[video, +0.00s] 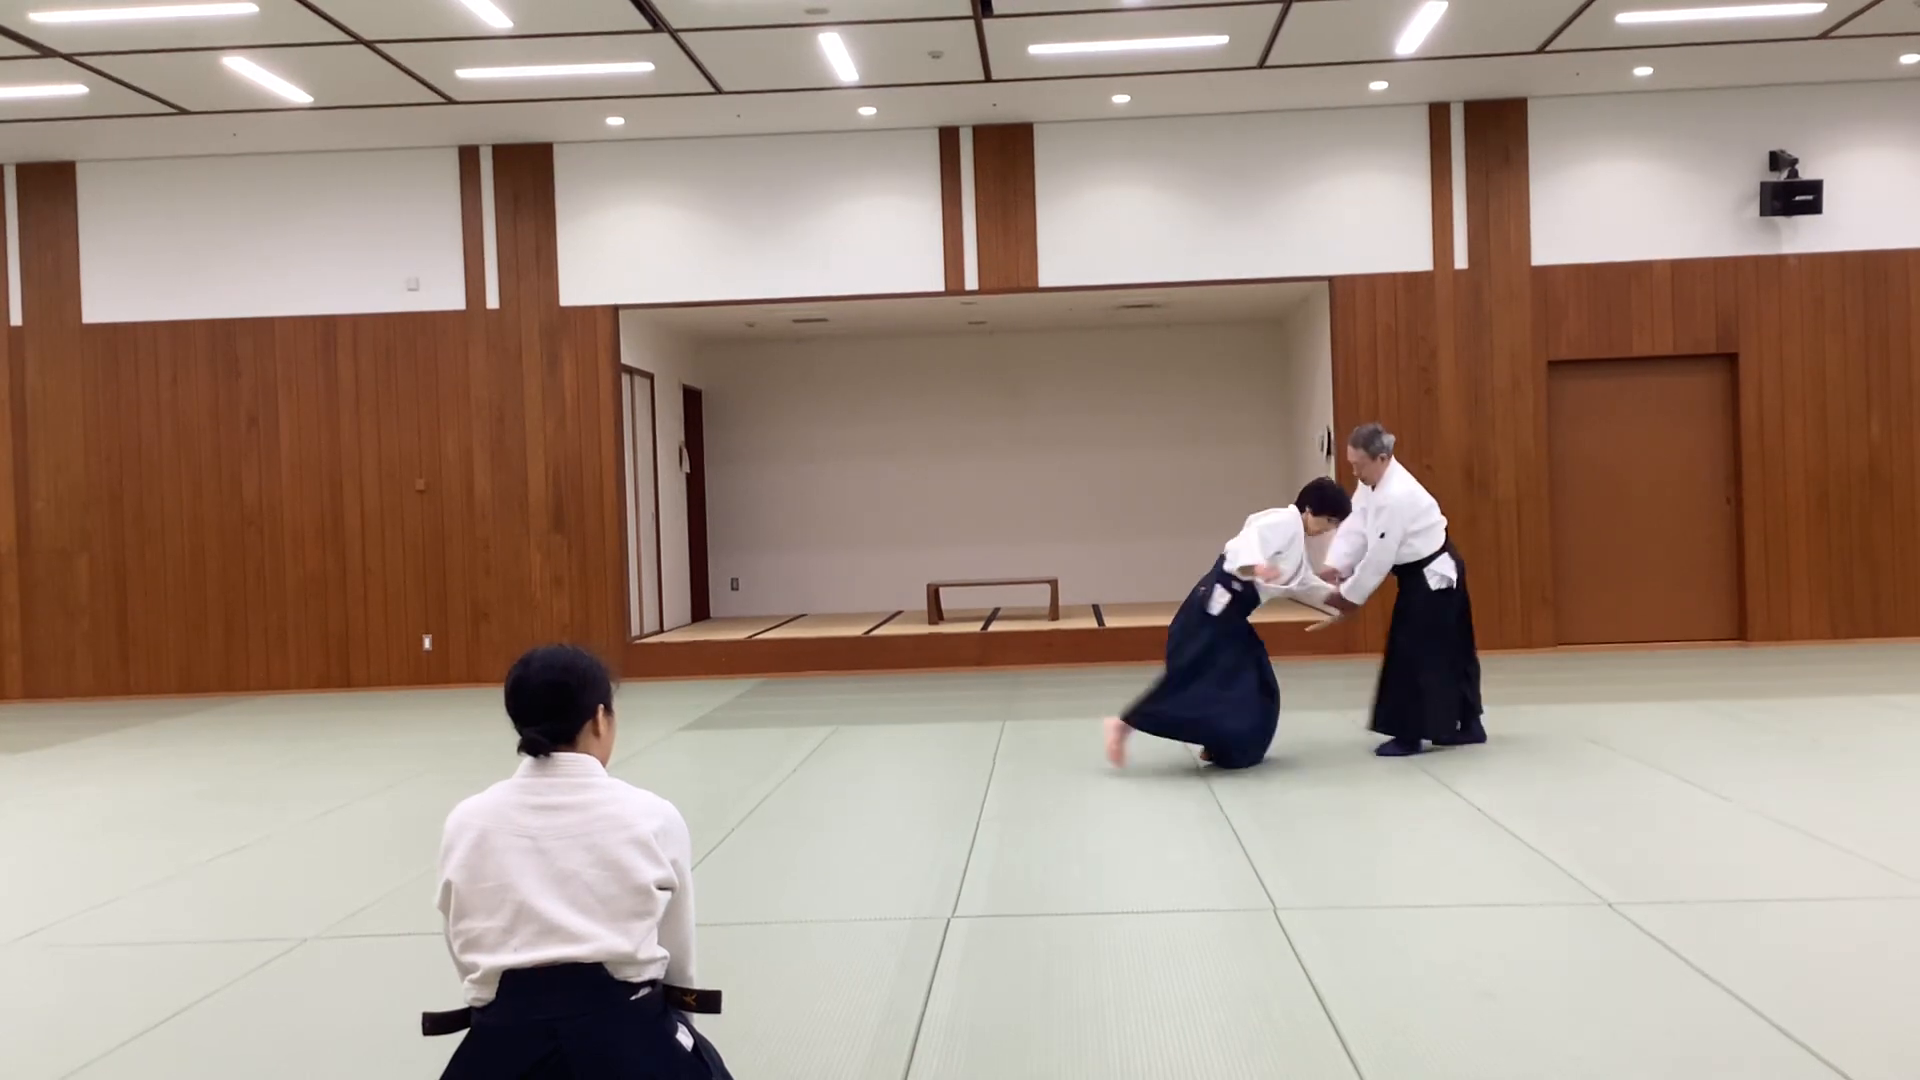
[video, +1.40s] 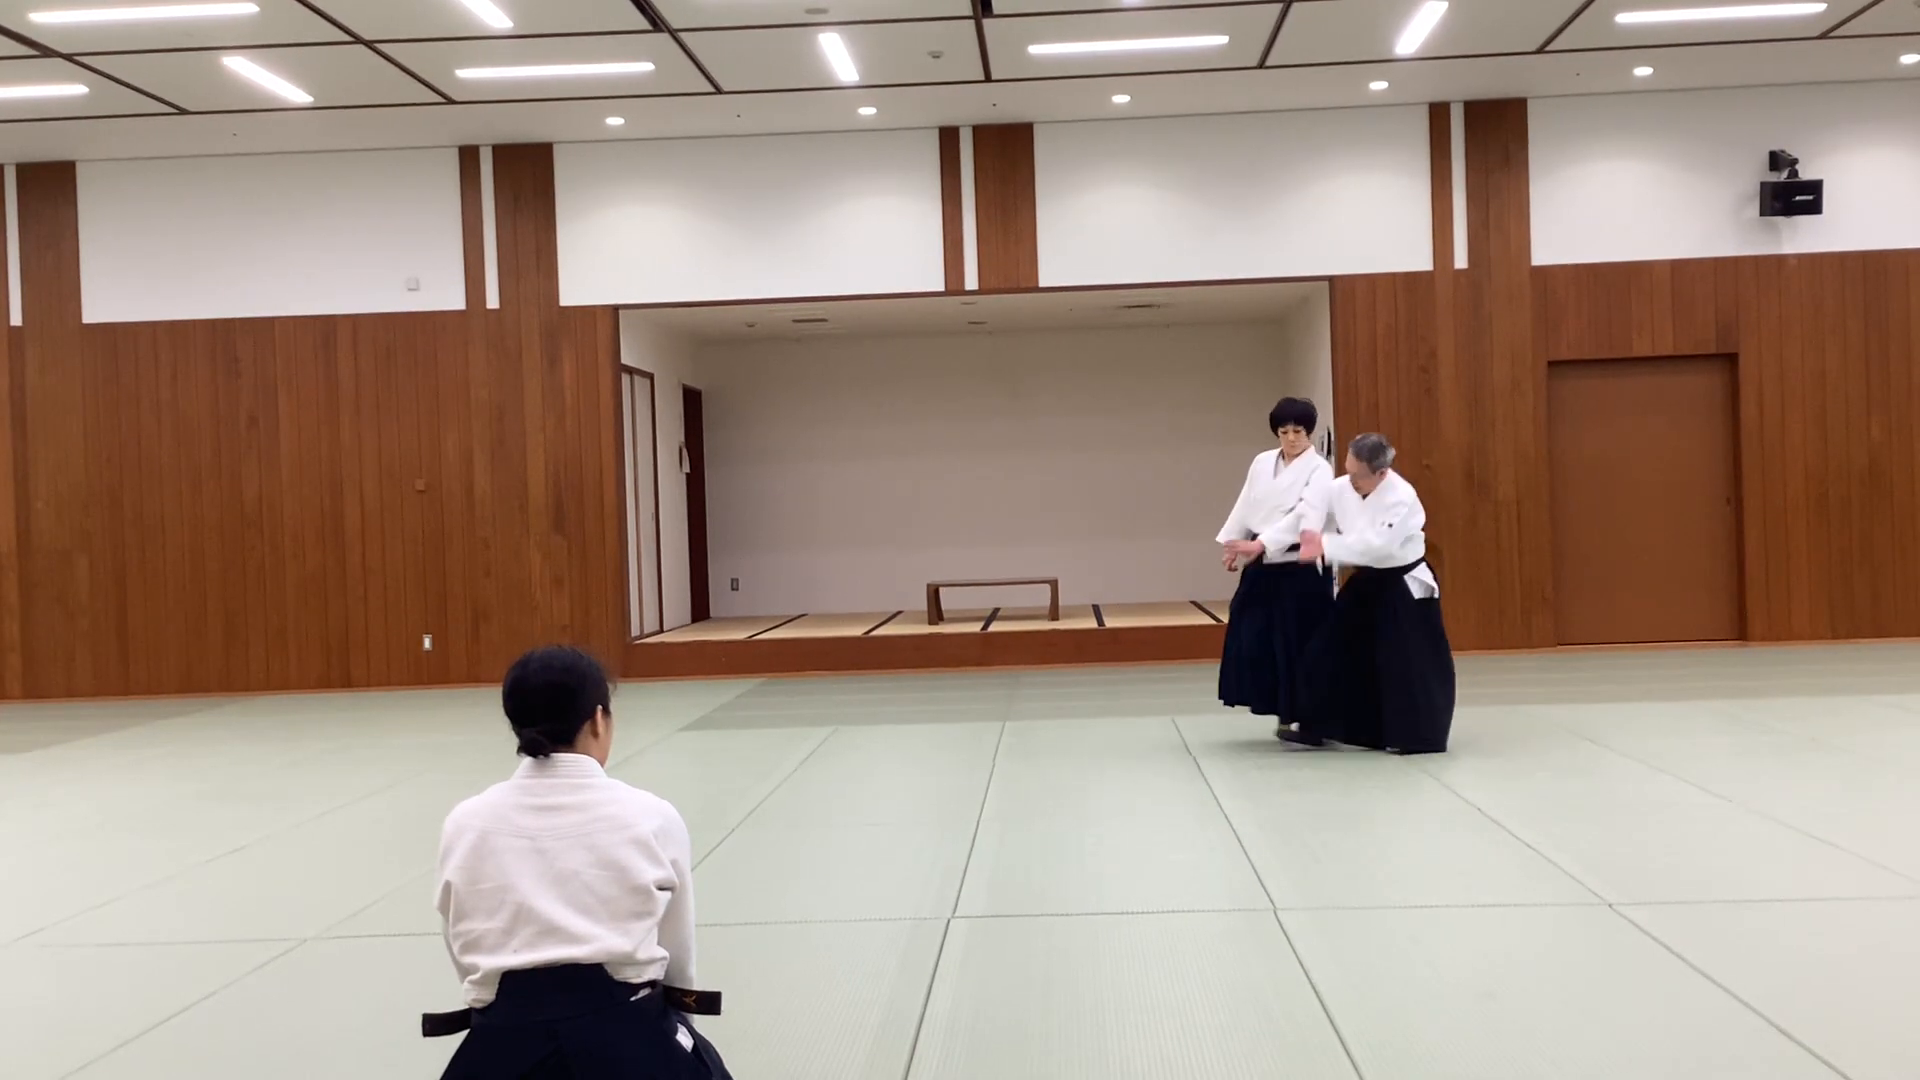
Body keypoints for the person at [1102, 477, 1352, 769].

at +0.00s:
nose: (1330, 530)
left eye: (1334, 525)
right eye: (1331, 523)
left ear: (1313, 512)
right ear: (1314, 512)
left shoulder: (1298, 538)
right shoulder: (1283, 520)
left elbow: (1298, 581)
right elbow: (1244, 542)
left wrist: (1331, 597)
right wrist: (1256, 565)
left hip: (1233, 614)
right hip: (1213, 605)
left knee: (1256, 683)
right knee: (1190, 676)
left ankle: (1219, 746)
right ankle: (1125, 724)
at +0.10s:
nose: (1330, 520)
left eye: (1334, 514)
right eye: (1328, 512)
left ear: (1318, 509)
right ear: (1309, 503)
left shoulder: (1311, 541)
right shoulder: (1275, 513)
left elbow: (1316, 583)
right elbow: (1231, 537)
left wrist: (1347, 602)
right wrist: (1241, 572)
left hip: (1244, 609)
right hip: (1217, 594)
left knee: (1259, 673)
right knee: (1194, 651)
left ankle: (1224, 744)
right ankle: (1134, 694)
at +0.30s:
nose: (1299, 501)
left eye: (1304, 495)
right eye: (1295, 494)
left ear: (1308, 492)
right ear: (1276, 486)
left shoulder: (1303, 523)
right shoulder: (1237, 508)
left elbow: (1332, 556)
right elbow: (1208, 544)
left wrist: (1355, 582)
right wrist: (1195, 583)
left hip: (1275, 599)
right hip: (1233, 595)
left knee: (1268, 660)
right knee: (1225, 657)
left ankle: (1254, 727)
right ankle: (1235, 726)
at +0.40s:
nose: (1290, 488)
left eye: (1295, 481)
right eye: (1284, 481)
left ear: (1300, 478)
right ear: (1266, 476)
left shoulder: (1303, 509)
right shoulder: (1237, 501)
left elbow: (1332, 538)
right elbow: (1210, 537)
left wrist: (1355, 562)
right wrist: (1186, 573)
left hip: (1281, 592)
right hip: (1240, 589)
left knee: (1284, 656)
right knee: (1242, 655)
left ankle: (1292, 716)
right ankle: (1267, 721)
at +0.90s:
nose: (1297, 443)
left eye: (1302, 436)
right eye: (1290, 437)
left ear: (1308, 437)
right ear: (1275, 437)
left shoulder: (1321, 470)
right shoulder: (1255, 472)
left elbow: (1333, 500)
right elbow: (1237, 515)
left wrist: (1340, 516)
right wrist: (1222, 556)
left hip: (1310, 564)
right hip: (1269, 566)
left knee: (1324, 639)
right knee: (1278, 643)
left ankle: (1336, 721)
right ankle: (1290, 721)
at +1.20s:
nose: (1300, 436)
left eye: (1306, 429)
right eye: (1293, 430)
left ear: (1315, 431)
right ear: (1281, 431)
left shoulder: (1328, 465)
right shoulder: (1264, 465)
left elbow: (1337, 515)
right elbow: (1248, 507)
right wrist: (1234, 546)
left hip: (1312, 558)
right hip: (1269, 556)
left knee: (1319, 637)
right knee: (1279, 637)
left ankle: (1335, 722)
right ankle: (1290, 719)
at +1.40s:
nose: (1291, 437)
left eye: (1298, 430)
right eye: (1284, 431)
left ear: (1310, 432)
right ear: (1276, 433)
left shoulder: (1320, 470)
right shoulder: (1262, 463)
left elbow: (1304, 517)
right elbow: (1245, 506)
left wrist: (1261, 544)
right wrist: (1232, 545)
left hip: (1301, 570)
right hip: (1264, 568)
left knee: (1300, 643)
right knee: (1268, 642)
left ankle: (1305, 718)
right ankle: (1286, 713)